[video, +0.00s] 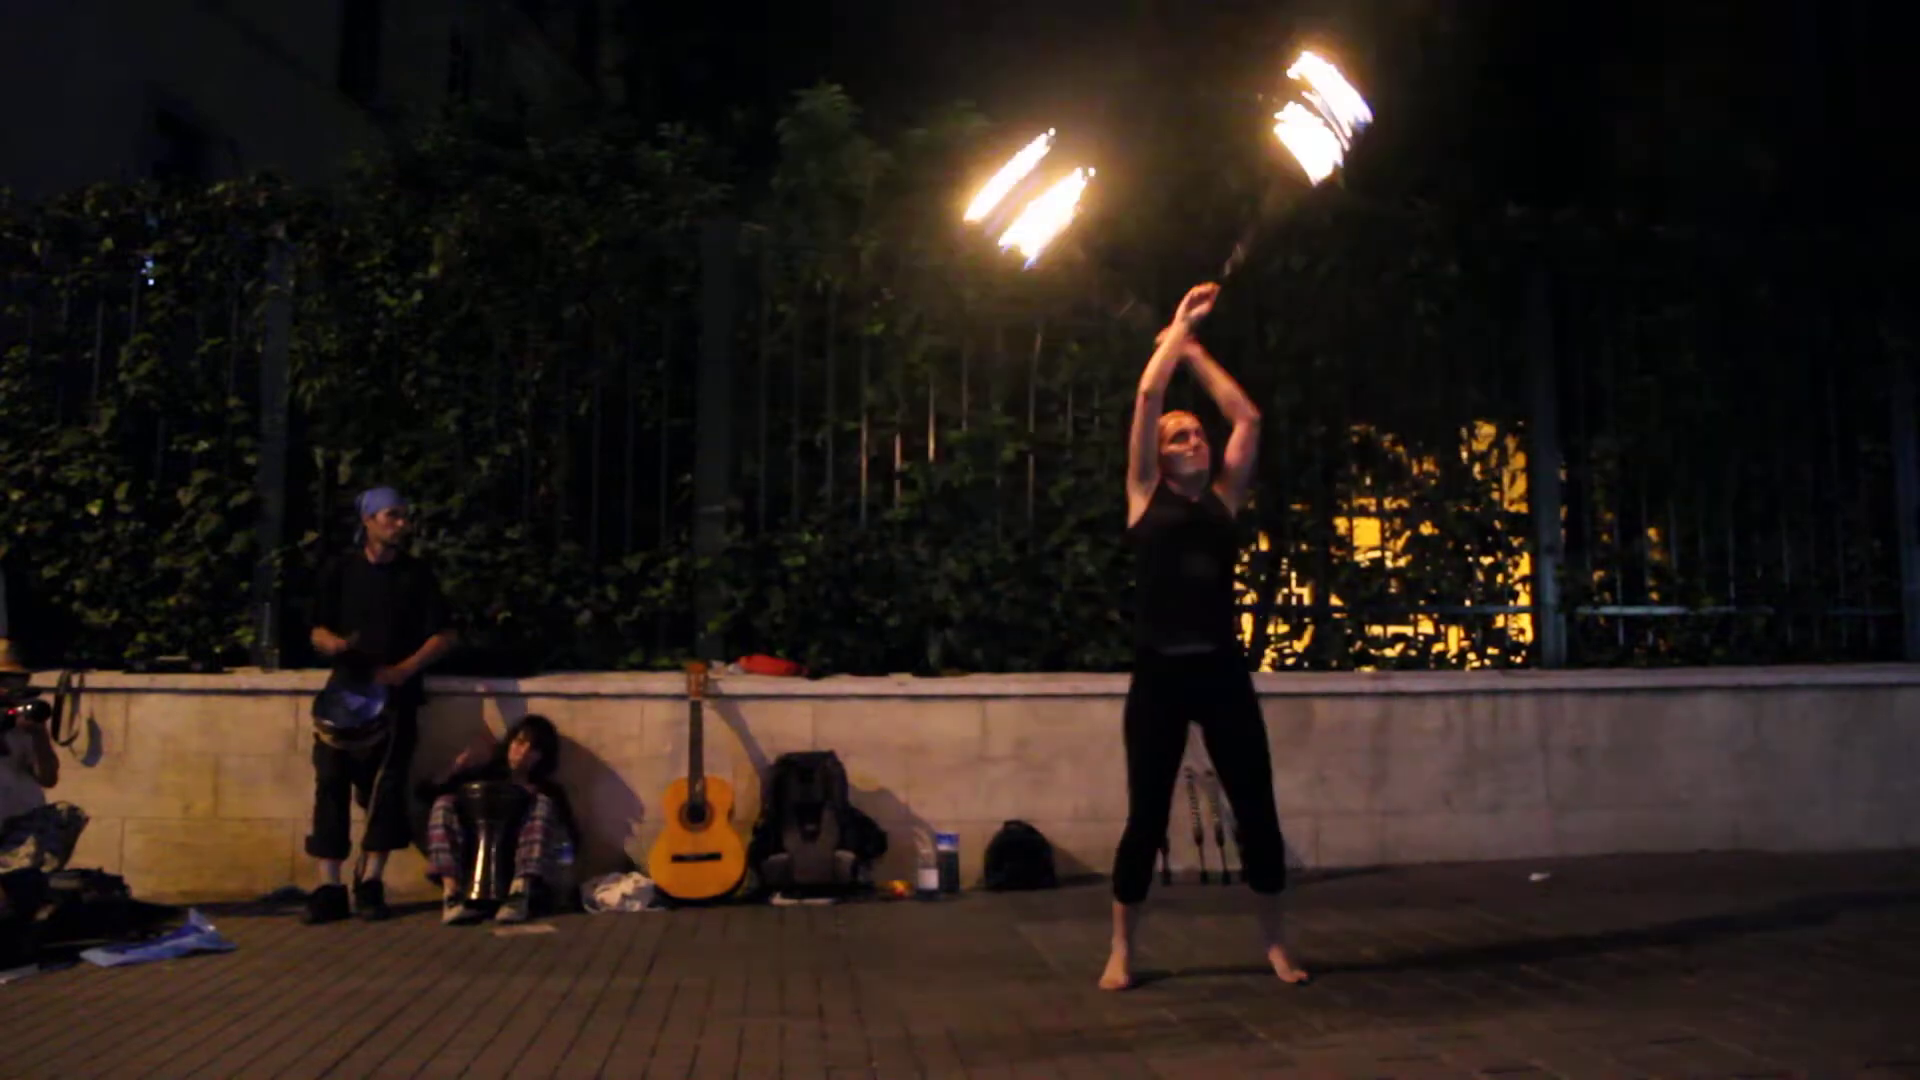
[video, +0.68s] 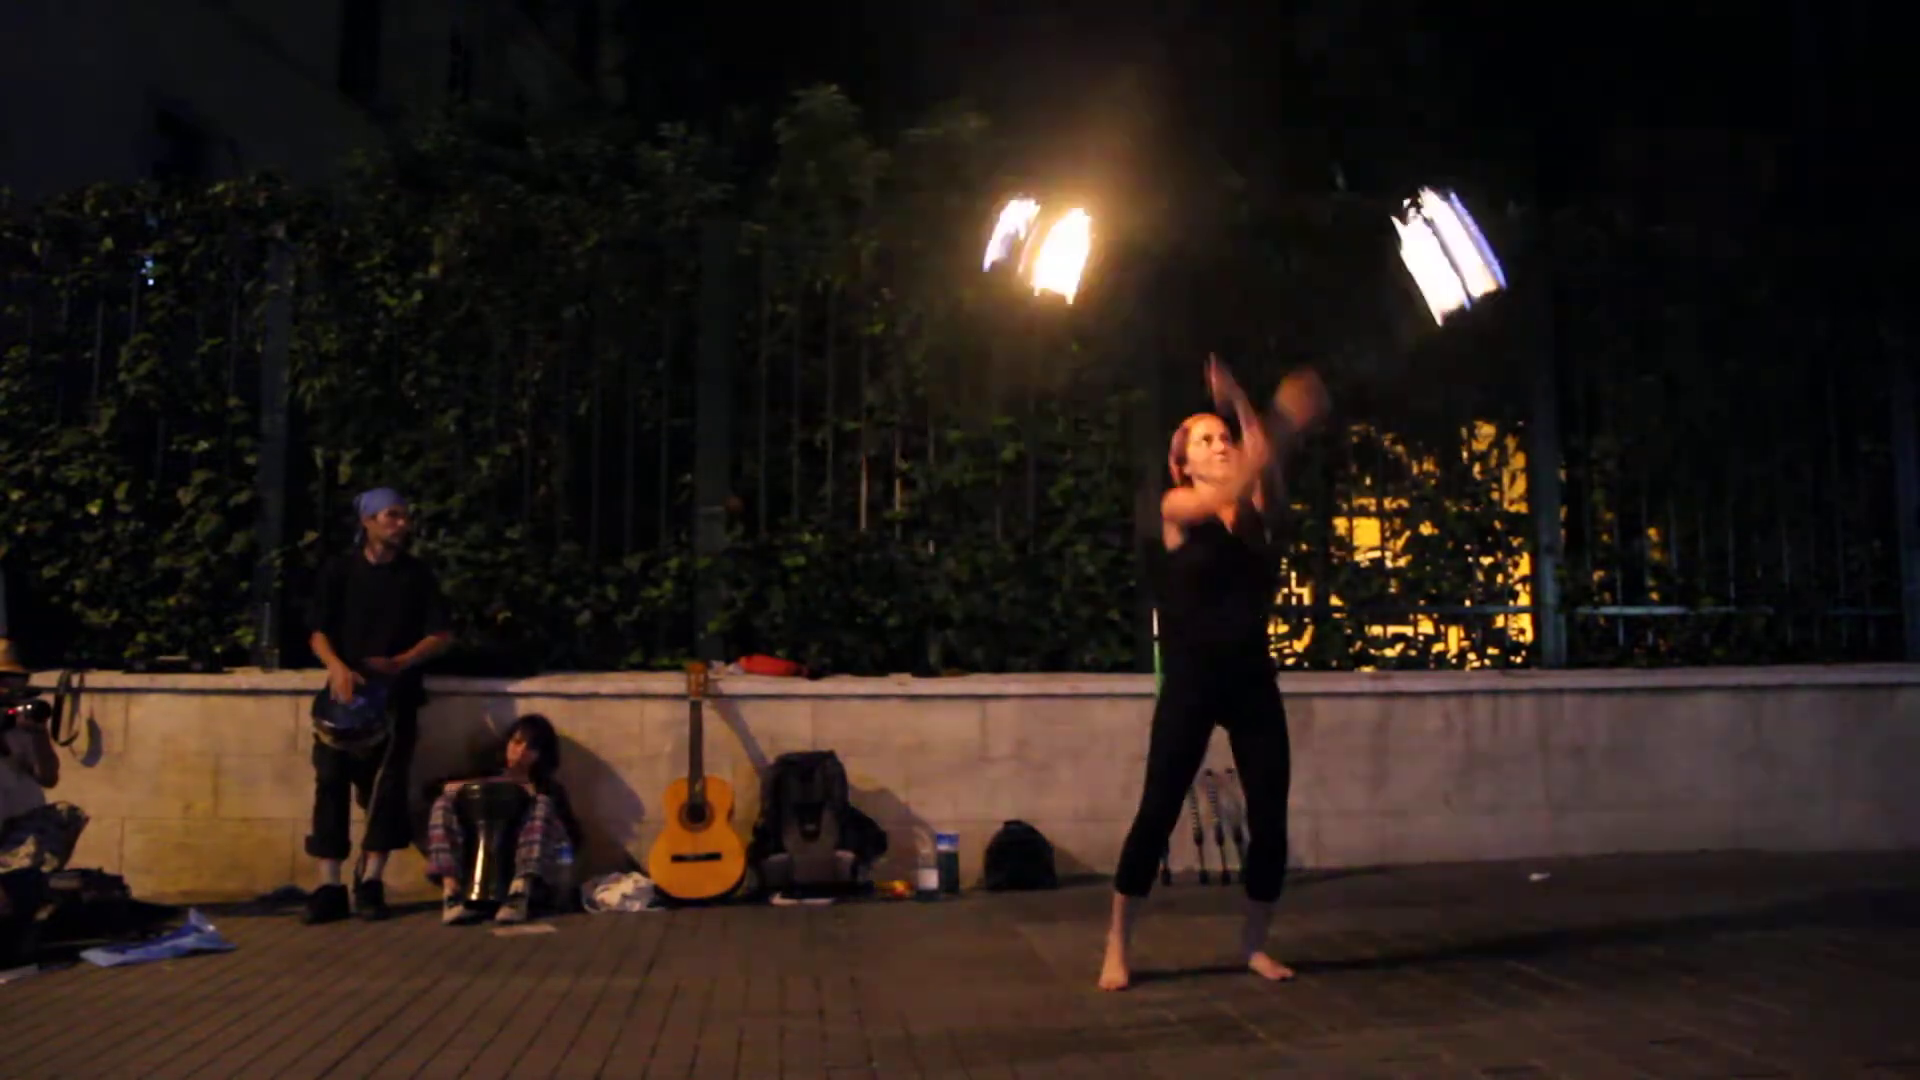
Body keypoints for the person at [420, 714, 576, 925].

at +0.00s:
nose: (523, 752)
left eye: (533, 748)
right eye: (520, 742)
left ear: (541, 757)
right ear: (509, 743)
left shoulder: (549, 790)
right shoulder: (481, 775)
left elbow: (567, 843)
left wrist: (535, 799)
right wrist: (456, 770)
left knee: (542, 806)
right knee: (444, 804)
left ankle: (520, 892)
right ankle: (450, 893)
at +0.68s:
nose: (520, 751)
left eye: (530, 748)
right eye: (517, 742)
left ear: (539, 756)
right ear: (507, 744)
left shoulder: (550, 789)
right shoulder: (487, 782)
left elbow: (571, 839)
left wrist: (536, 800)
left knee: (542, 806)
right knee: (443, 805)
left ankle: (520, 892)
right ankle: (451, 892)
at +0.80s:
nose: (520, 749)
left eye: (529, 745)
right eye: (517, 740)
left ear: (538, 753)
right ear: (508, 742)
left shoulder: (550, 788)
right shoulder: (490, 775)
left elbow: (564, 839)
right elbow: (448, 780)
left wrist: (540, 798)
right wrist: (483, 757)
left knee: (542, 806)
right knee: (445, 804)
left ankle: (520, 892)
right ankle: (451, 893)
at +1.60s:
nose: (528, 755)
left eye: (533, 747)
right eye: (520, 747)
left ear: (542, 752)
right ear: (504, 751)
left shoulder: (548, 787)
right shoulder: (483, 782)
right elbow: (437, 787)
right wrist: (465, 756)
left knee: (541, 805)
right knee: (443, 805)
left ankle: (520, 893)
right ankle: (451, 893)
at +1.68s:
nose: (525, 755)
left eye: (531, 747)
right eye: (517, 746)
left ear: (539, 752)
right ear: (500, 750)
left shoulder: (547, 788)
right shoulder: (480, 789)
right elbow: (447, 787)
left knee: (541, 806)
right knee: (443, 805)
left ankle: (521, 893)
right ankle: (451, 892)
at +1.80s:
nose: (517, 752)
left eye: (523, 745)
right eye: (509, 745)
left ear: (535, 750)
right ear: (495, 749)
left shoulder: (549, 787)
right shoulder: (482, 785)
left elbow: (577, 838)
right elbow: (435, 789)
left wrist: (542, 799)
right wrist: (480, 763)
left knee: (542, 807)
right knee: (443, 805)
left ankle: (521, 892)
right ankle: (451, 892)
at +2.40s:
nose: (522, 752)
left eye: (527, 745)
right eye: (513, 745)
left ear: (536, 751)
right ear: (498, 748)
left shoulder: (547, 788)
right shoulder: (482, 783)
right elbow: (437, 783)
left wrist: (526, 785)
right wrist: (475, 753)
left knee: (540, 804)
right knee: (443, 805)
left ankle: (520, 893)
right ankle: (451, 893)